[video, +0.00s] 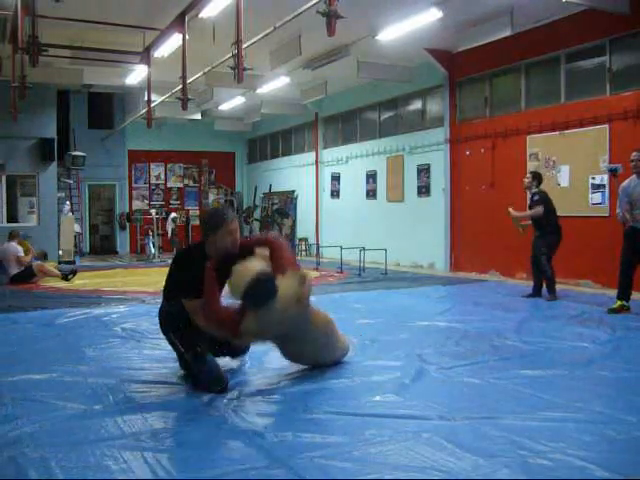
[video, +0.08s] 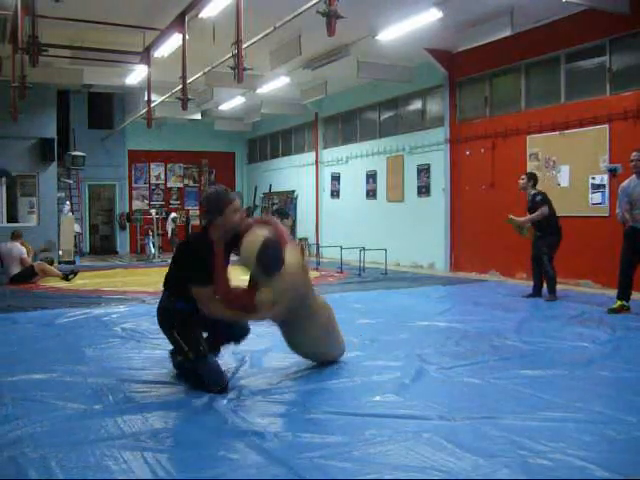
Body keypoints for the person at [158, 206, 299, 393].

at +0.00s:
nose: (236, 238)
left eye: (237, 232)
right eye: (230, 234)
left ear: (240, 230)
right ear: (213, 236)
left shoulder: (234, 253)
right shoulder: (187, 260)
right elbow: (198, 315)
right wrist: (234, 332)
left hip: (205, 310)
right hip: (177, 319)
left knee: (238, 347)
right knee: (216, 384)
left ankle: (200, 344)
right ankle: (190, 366)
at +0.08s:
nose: (243, 216)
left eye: (241, 210)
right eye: (236, 212)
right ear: (217, 219)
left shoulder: (226, 239)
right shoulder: (195, 247)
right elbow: (207, 306)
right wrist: (252, 316)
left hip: (202, 307)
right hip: (177, 314)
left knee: (238, 329)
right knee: (217, 384)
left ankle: (203, 349)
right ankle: (181, 361)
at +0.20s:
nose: (246, 200)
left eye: (244, 195)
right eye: (241, 197)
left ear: (225, 205)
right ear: (226, 204)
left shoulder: (224, 229)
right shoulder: (210, 234)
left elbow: (240, 275)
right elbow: (222, 295)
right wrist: (272, 293)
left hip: (200, 303)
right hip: (180, 310)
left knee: (235, 311)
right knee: (218, 384)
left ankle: (202, 345)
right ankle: (166, 364)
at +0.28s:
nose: (242, 185)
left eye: (239, 180)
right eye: (237, 182)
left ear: (221, 193)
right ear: (227, 192)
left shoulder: (226, 219)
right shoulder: (216, 223)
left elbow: (251, 253)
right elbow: (238, 277)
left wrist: (279, 255)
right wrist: (281, 270)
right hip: (188, 301)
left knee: (233, 294)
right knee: (217, 383)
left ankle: (211, 352)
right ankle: (153, 361)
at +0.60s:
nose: (237, 189)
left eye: (234, 186)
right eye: (235, 186)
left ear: (207, 193)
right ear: (232, 191)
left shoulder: (199, 222)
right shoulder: (244, 215)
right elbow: (289, 236)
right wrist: (308, 221)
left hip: (194, 294)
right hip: (221, 298)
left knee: (244, 296)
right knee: (213, 380)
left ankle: (224, 357)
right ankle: (137, 371)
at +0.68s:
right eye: (243, 184)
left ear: (217, 190)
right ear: (242, 186)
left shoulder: (211, 213)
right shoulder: (255, 208)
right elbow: (303, 222)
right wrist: (315, 212)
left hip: (200, 282)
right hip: (224, 288)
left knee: (249, 297)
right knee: (206, 365)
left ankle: (222, 356)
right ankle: (127, 372)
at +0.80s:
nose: (260, 177)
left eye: (255, 175)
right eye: (258, 174)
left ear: (234, 180)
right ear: (256, 176)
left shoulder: (223, 201)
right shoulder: (268, 195)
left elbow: (216, 237)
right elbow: (317, 214)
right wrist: (326, 209)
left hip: (209, 265)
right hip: (233, 269)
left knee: (254, 299)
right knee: (214, 342)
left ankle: (223, 358)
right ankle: (140, 368)